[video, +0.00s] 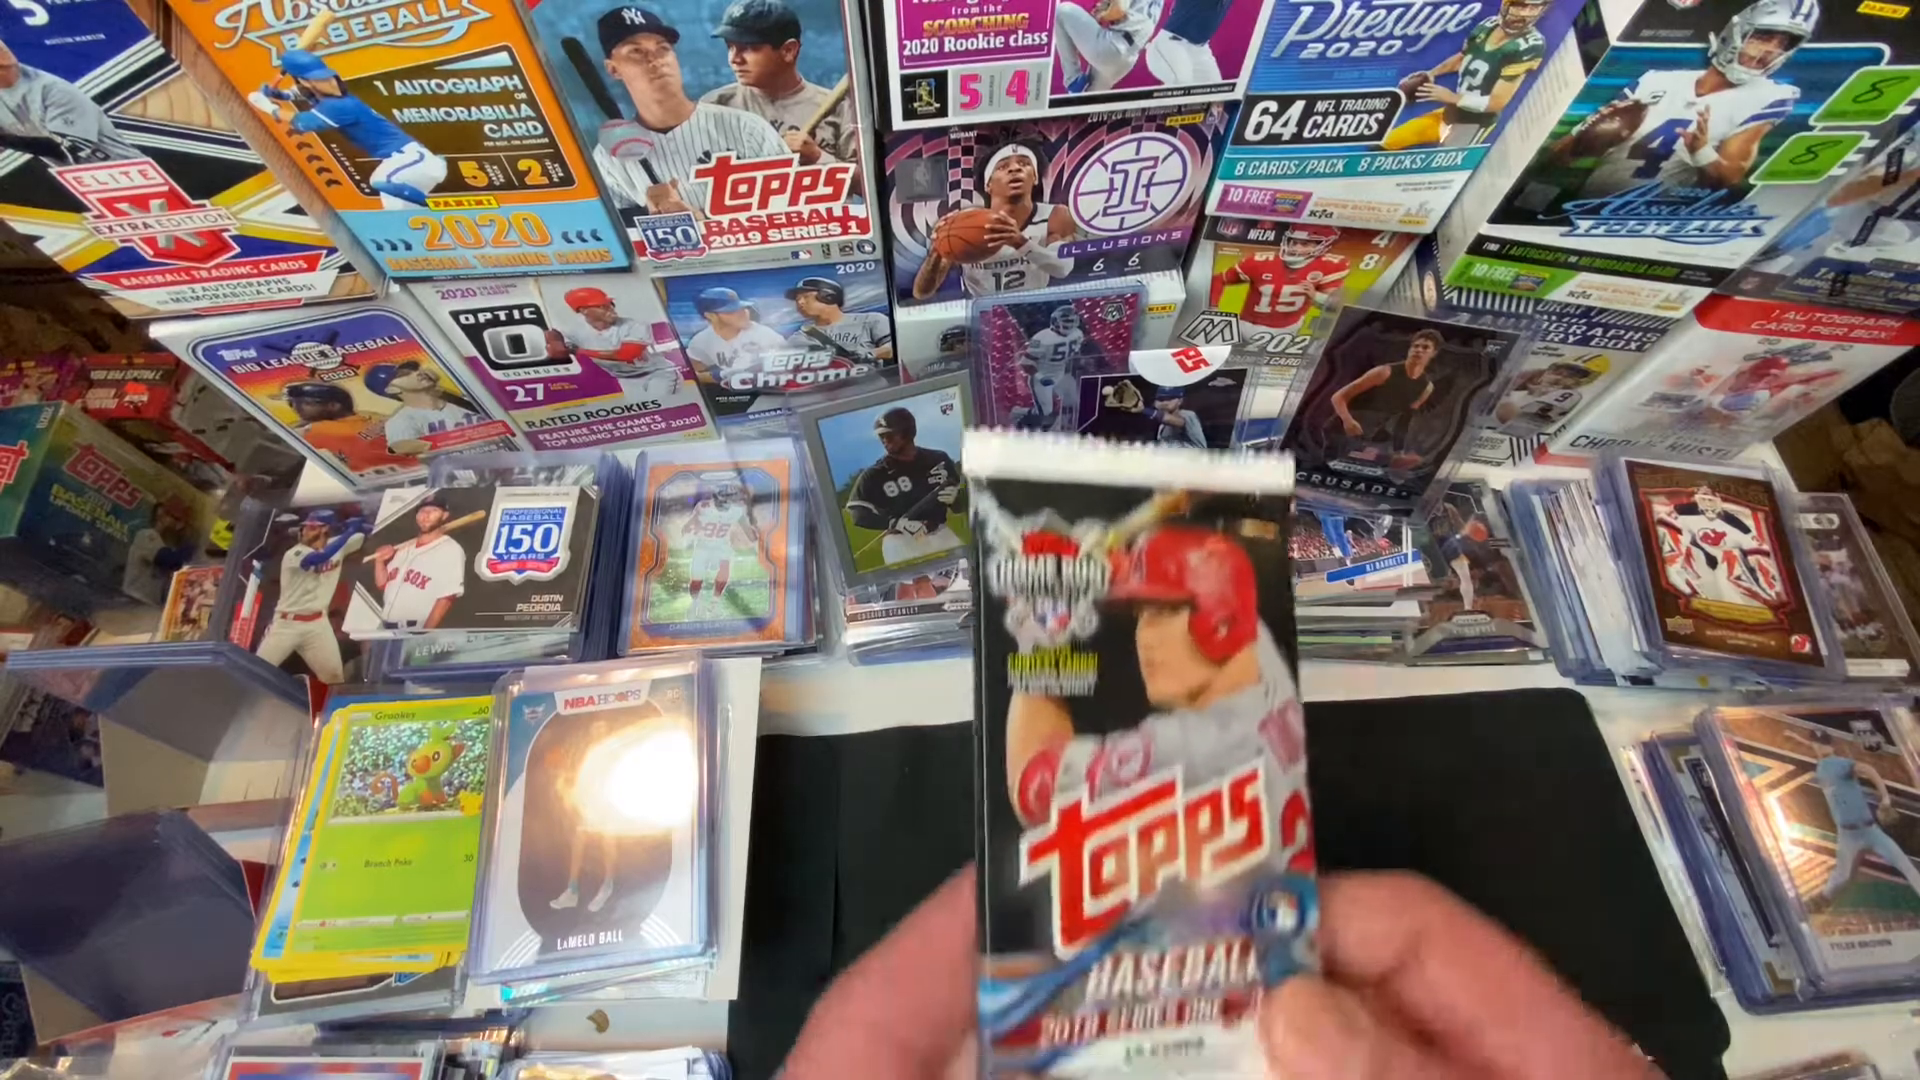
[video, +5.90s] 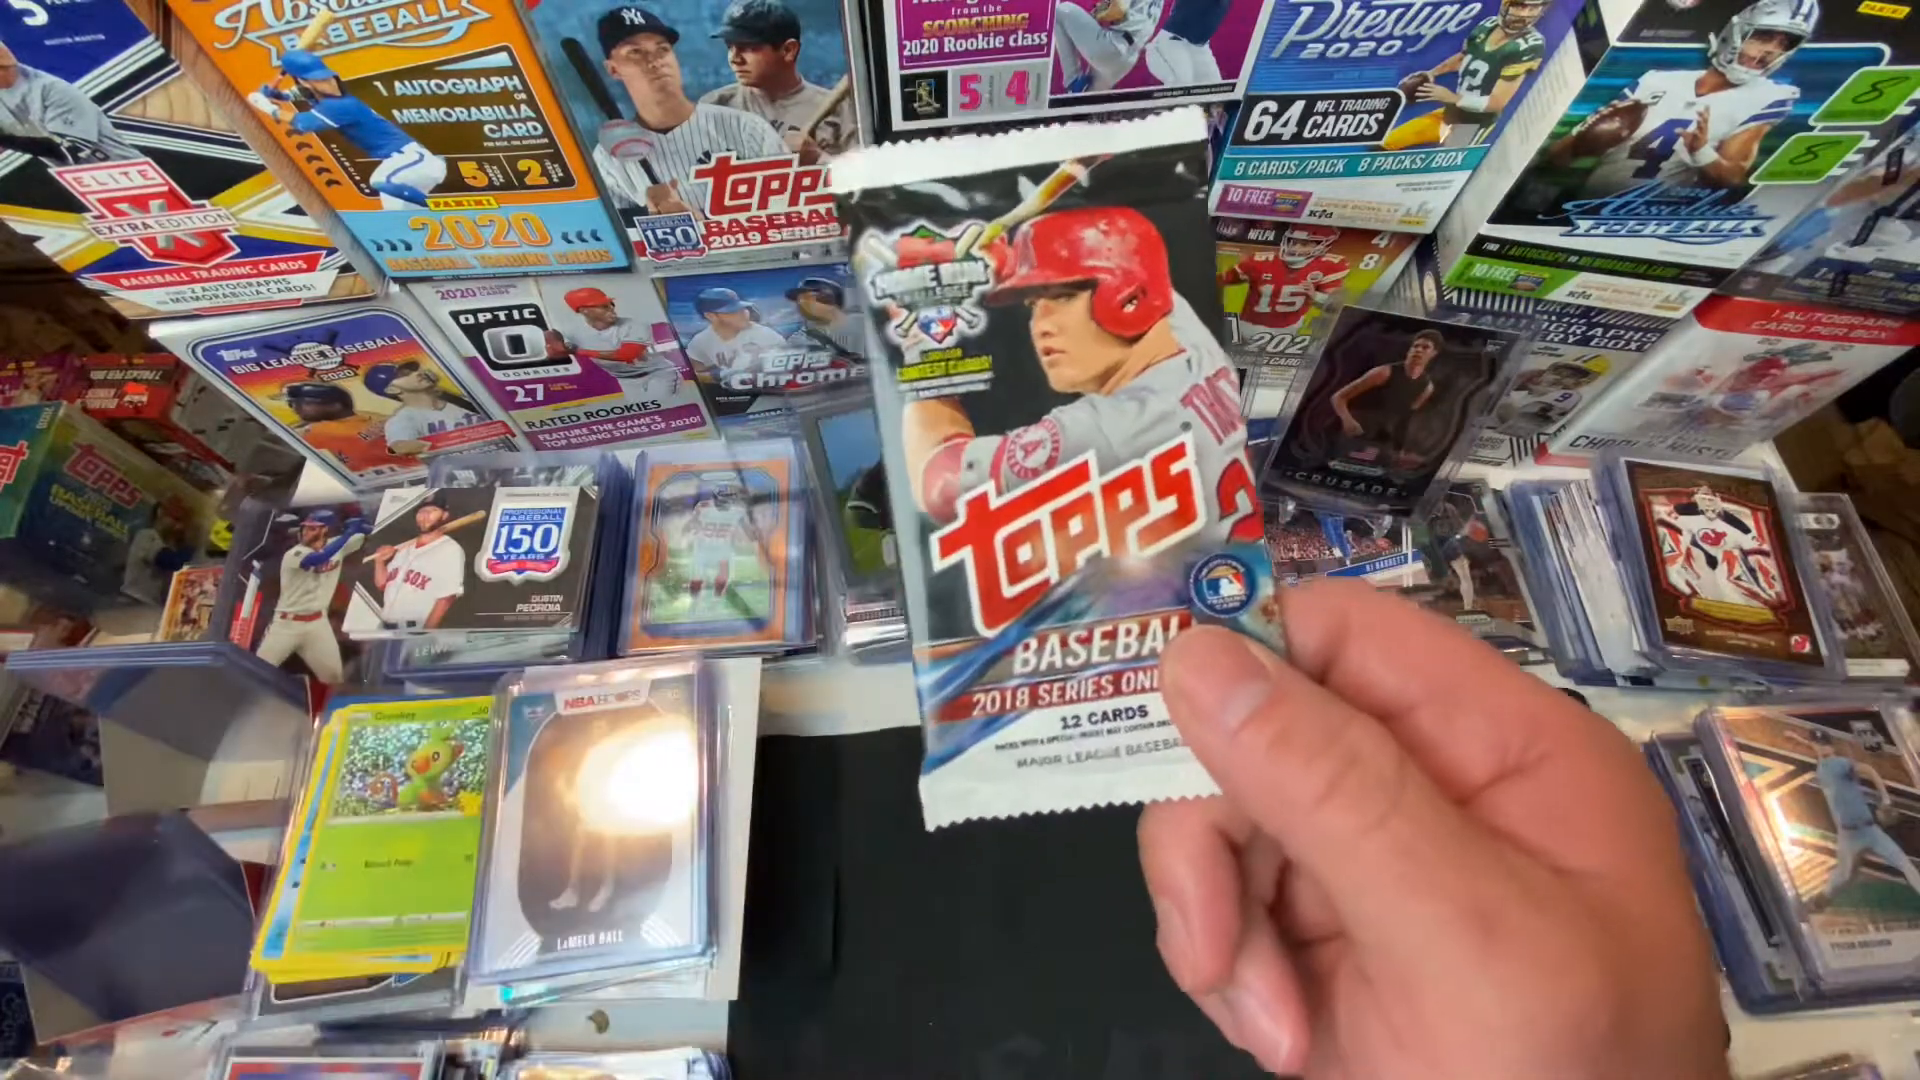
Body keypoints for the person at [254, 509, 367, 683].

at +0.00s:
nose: (303, 531)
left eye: (309, 527)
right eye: (304, 527)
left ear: (324, 530)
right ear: (303, 529)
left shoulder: (338, 549)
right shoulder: (294, 554)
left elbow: (365, 532)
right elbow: (319, 559)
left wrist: (355, 523)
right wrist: (347, 535)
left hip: (317, 625)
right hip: (285, 624)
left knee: (334, 678)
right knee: (258, 671)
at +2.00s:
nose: (304, 532)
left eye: (310, 528)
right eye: (304, 527)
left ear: (324, 531)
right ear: (302, 529)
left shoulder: (337, 548)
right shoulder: (293, 555)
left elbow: (367, 532)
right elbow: (318, 560)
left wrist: (358, 523)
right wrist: (347, 536)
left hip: (317, 625)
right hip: (284, 625)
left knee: (334, 681)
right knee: (258, 671)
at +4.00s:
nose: (302, 531)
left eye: (309, 527)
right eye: (303, 527)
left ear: (324, 530)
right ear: (303, 530)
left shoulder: (336, 549)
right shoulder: (294, 554)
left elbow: (367, 531)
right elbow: (318, 559)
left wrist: (355, 524)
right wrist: (347, 535)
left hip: (317, 625)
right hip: (285, 624)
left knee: (334, 678)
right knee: (258, 670)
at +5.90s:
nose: (304, 532)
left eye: (310, 528)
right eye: (304, 528)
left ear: (324, 531)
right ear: (302, 530)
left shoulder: (337, 549)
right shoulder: (293, 554)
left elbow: (365, 531)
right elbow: (318, 559)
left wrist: (356, 523)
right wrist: (346, 536)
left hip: (317, 624)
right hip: (285, 624)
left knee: (332, 674)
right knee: (260, 669)